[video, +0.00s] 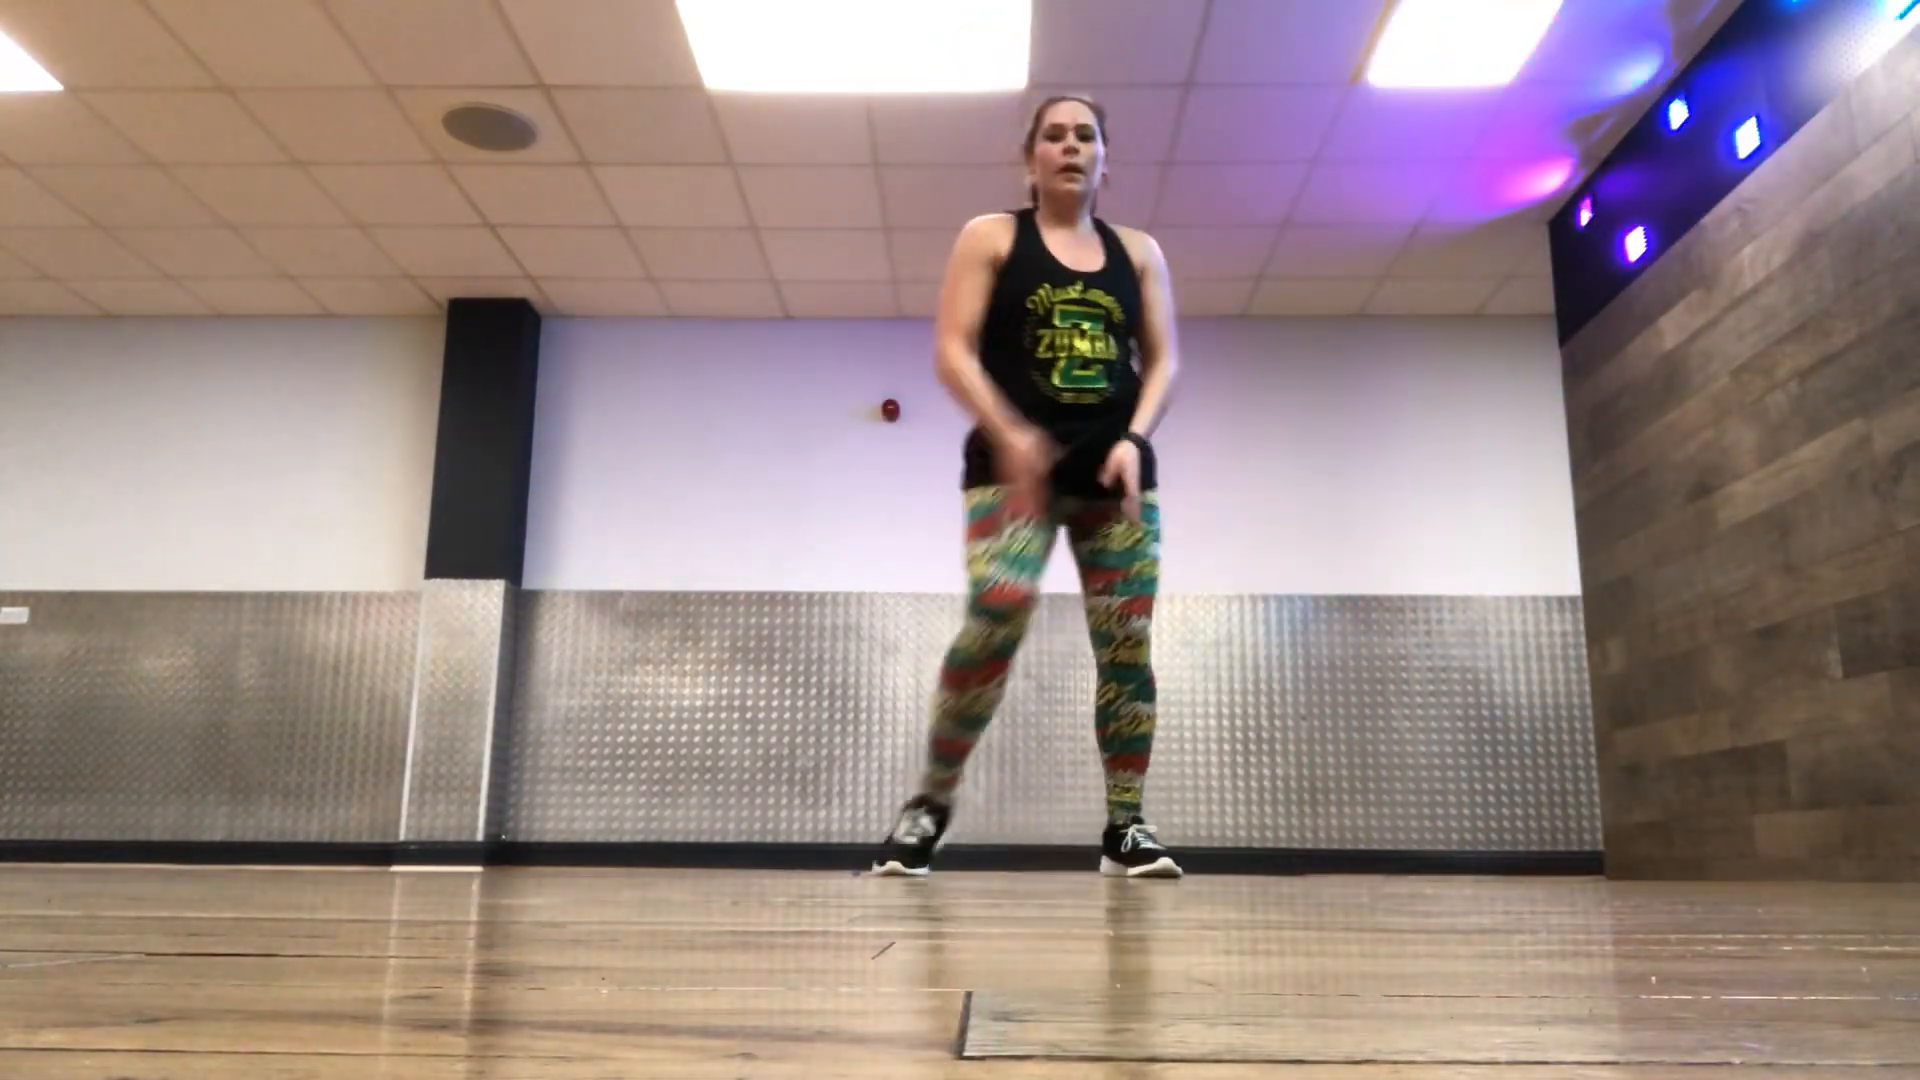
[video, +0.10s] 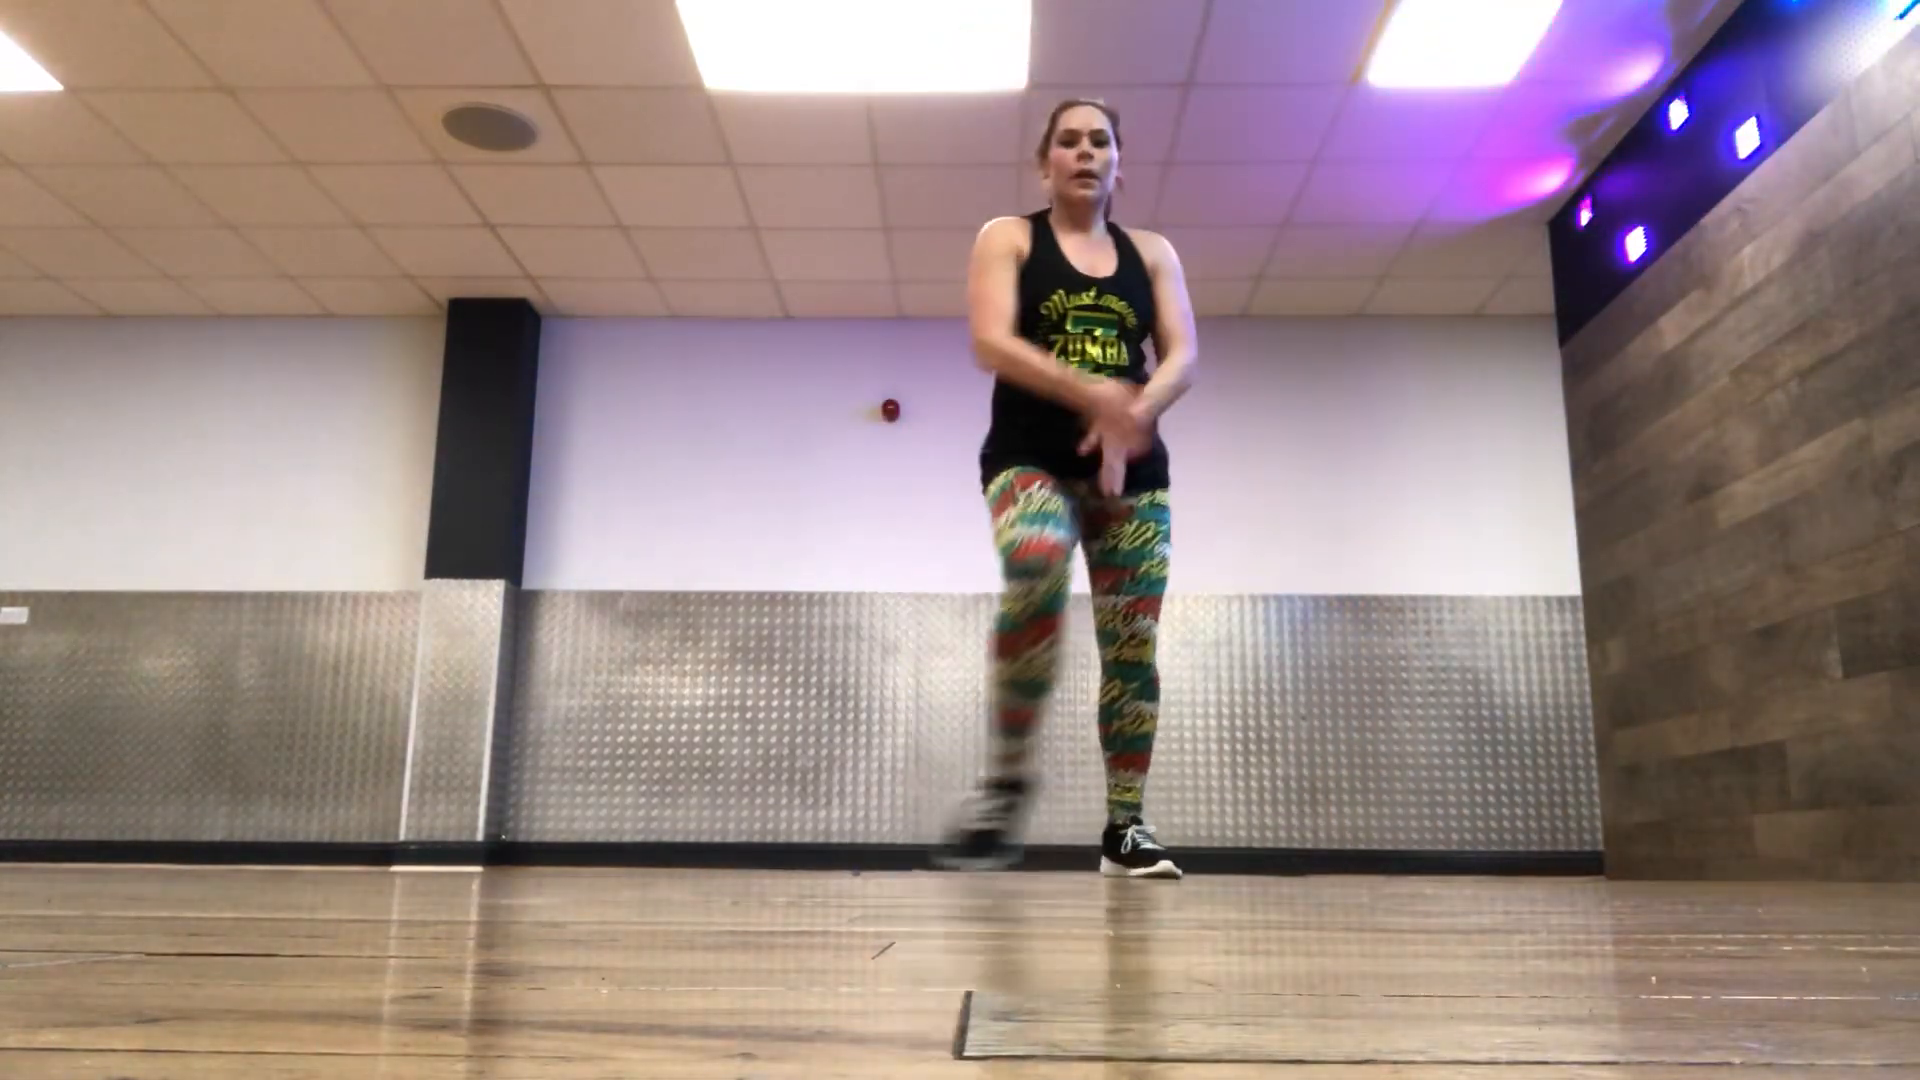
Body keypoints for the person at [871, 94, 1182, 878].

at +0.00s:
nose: (1071, 146)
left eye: (1084, 136)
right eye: (1055, 135)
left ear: (1103, 157)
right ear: (1029, 155)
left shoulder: (1137, 252)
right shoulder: (991, 237)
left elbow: (1161, 358)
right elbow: (952, 352)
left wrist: (1134, 437)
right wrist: (1010, 434)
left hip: (1113, 469)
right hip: (1015, 464)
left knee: (1126, 642)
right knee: (997, 620)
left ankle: (1126, 825)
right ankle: (930, 806)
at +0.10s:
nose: (1086, 152)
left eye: (1099, 141)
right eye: (1071, 141)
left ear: (1117, 161)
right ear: (1044, 161)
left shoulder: (1152, 253)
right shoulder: (1006, 238)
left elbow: (1181, 356)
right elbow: (990, 344)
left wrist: (1133, 417)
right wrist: (1094, 393)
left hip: (1130, 468)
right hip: (1030, 460)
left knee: (1133, 640)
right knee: (1038, 573)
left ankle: (1126, 826)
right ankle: (1005, 787)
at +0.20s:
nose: (1094, 153)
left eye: (1106, 142)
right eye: (1078, 141)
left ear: (1126, 161)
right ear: (1052, 161)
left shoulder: (1160, 250)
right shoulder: (1018, 234)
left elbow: (1182, 350)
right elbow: (1035, 331)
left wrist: (1124, 401)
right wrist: (1152, 382)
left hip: (1139, 468)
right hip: (1040, 462)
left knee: (1138, 641)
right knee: (1078, 569)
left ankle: (1125, 831)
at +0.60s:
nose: (1076, 163)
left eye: (1090, 152)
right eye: (1062, 153)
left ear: (1115, 170)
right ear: (1042, 170)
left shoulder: (1155, 256)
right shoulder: (1006, 246)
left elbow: (1191, 360)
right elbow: (984, 353)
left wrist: (1180, 446)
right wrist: (1061, 406)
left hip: (1138, 486)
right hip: (1037, 481)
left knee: (1147, 642)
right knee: (1063, 605)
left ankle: (1126, 820)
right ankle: (1128, 777)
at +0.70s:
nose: (1056, 156)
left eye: (1071, 145)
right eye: (1043, 145)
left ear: (1097, 163)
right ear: (1023, 163)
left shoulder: (1141, 248)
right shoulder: (986, 244)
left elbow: (1184, 354)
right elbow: (955, 348)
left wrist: (1181, 452)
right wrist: (988, 422)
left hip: (1120, 475)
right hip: (1016, 471)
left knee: (1131, 640)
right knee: (987, 583)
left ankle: (1124, 822)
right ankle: (1015, 791)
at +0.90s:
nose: (1002, 155)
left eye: (1017, 144)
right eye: (989, 144)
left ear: (1043, 163)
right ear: (971, 162)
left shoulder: (1085, 251)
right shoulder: (930, 251)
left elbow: (1124, 355)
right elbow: (902, 358)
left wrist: (1096, 457)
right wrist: (904, 459)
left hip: (1058, 482)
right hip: (952, 485)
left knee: (1086, 644)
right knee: (915, 640)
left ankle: (1119, 825)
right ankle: (896, 823)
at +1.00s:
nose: (974, 157)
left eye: (989, 147)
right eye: (961, 146)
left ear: (1015, 168)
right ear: (941, 165)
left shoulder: (1048, 250)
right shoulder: (902, 252)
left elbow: (1078, 354)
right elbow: (873, 360)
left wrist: (1019, 418)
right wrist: (878, 461)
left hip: (1015, 479)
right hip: (916, 481)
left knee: (1053, 638)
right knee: (892, 646)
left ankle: (1119, 813)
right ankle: (897, 826)